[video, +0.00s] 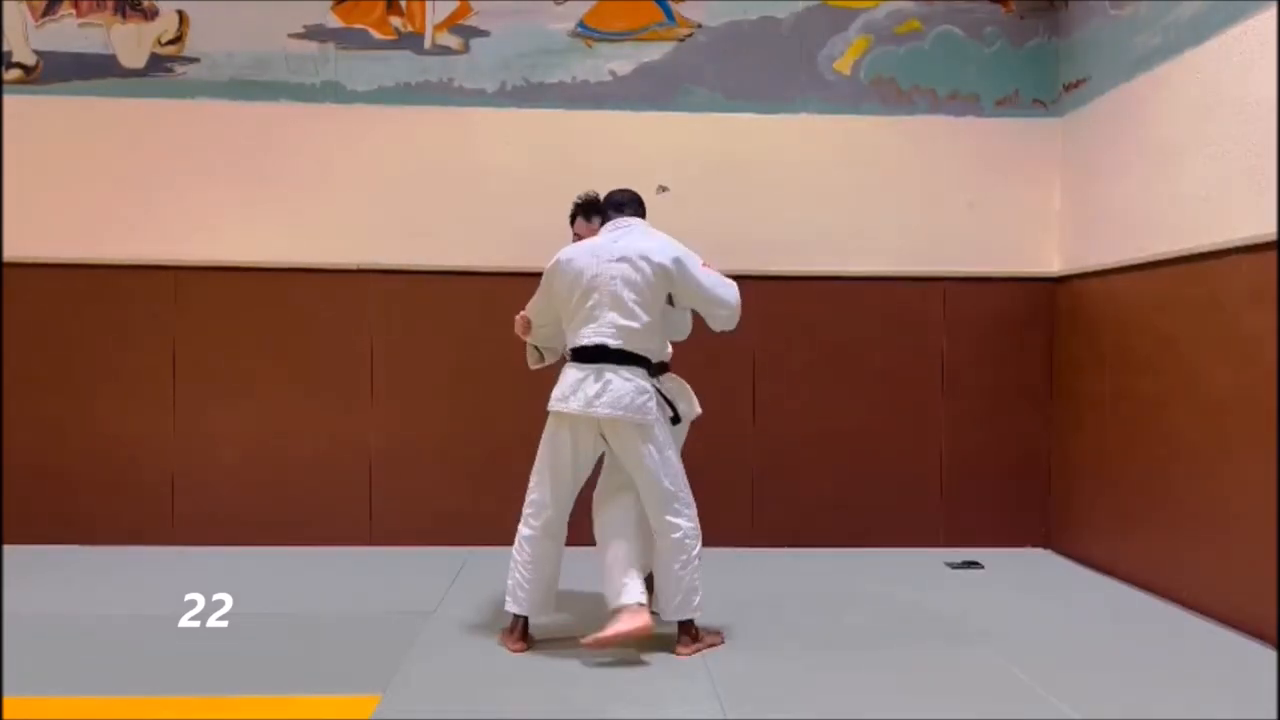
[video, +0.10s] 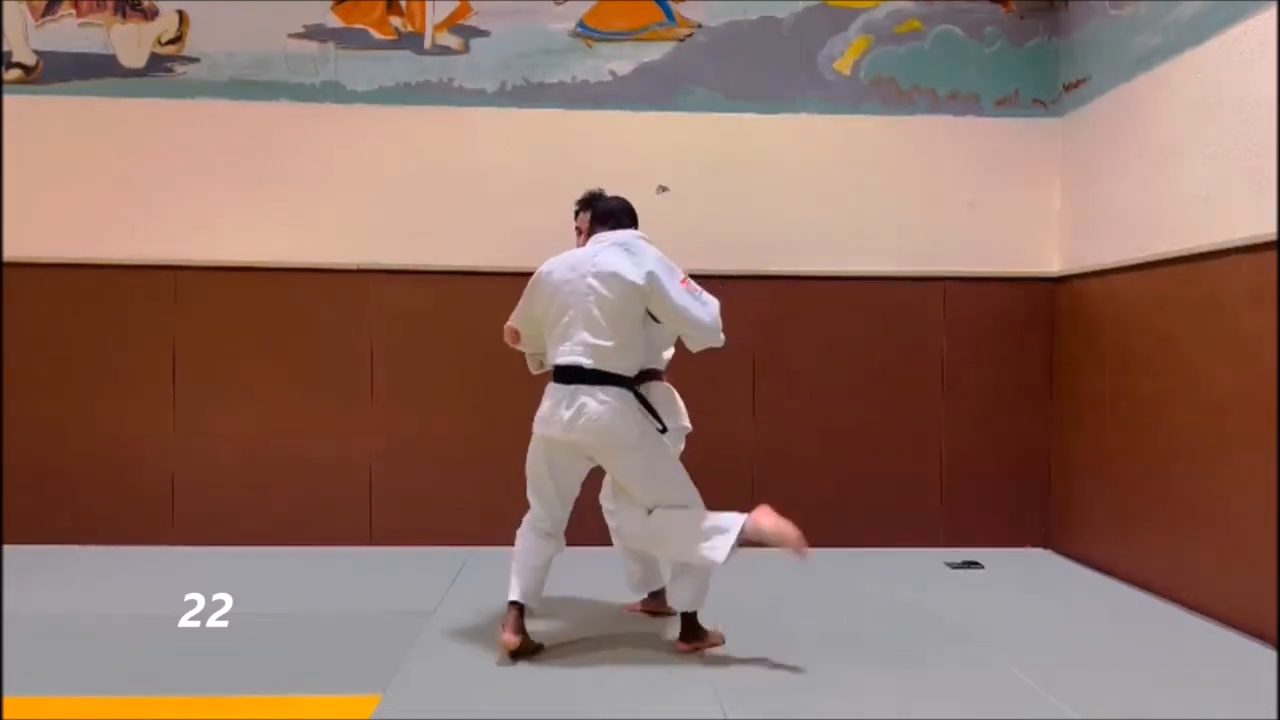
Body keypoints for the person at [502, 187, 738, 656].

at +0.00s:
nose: (576, 234)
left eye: (578, 226)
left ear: (600, 219)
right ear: (643, 218)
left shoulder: (570, 257)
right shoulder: (663, 249)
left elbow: (544, 335)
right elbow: (726, 310)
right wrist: (711, 277)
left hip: (573, 393)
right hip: (632, 396)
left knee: (543, 508)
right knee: (675, 510)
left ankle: (518, 624)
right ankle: (687, 631)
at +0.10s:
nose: (575, 233)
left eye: (578, 226)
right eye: (576, 227)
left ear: (586, 228)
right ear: (632, 229)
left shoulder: (550, 270)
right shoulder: (639, 256)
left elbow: (530, 345)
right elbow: (707, 328)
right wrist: (687, 288)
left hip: (556, 410)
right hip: (617, 411)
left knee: (542, 518)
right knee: (678, 511)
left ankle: (513, 623)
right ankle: (690, 628)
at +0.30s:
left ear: (557, 397)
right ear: (613, 407)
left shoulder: (525, 429)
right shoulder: (627, 463)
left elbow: (513, 374)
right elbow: (705, 433)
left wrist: (556, 327)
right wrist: (693, 373)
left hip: (503, 621)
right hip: (560, 644)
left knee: (620, 551)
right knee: (711, 592)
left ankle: (620, 676)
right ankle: (730, 608)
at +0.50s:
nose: (578, 362)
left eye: (589, 352)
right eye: (566, 352)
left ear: (603, 329)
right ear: (545, 329)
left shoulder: (629, 341)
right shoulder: (509, 351)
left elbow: (638, 422)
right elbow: (495, 448)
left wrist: (617, 502)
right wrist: (507, 531)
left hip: (584, 466)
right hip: (516, 461)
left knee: (600, 563)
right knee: (453, 544)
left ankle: (602, 664)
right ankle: (381, 672)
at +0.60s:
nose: (579, 378)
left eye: (590, 366)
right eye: (567, 364)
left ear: (602, 351)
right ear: (539, 340)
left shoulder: (600, 360)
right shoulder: (481, 368)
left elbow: (607, 437)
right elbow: (463, 484)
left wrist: (603, 498)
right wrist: (487, 574)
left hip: (532, 477)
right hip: (460, 479)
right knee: (456, 573)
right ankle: (411, 701)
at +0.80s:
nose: (522, 354)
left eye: (536, 338)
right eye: (509, 336)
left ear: (550, 320)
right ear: (477, 304)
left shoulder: (541, 325)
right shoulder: (407, 359)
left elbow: (551, 396)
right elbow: (407, 488)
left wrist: (535, 468)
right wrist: (441, 598)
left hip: (504, 484)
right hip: (432, 490)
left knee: (569, 560)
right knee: (436, 618)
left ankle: (539, 681)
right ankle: (420, 707)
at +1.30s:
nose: (514, 323)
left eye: (526, 305)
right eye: (497, 308)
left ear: (537, 282)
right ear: (460, 282)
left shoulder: (541, 292)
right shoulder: (396, 343)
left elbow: (557, 358)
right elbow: (380, 471)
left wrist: (549, 440)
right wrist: (409, 579)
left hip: (511, 455)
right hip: (424, 467)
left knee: (557, 586)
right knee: (435, 623)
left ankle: (550, 702)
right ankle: (424, 708)